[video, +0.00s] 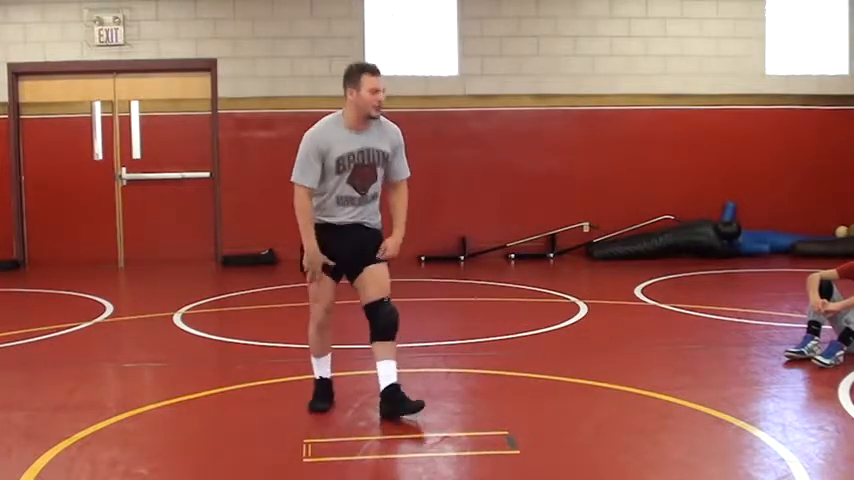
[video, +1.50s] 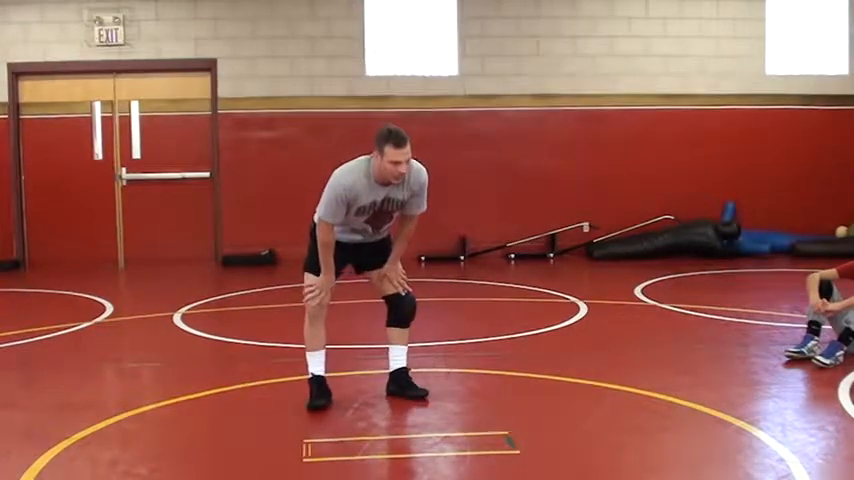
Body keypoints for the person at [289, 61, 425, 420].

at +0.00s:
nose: (381, 98)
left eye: (382, 92)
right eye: (374, 92)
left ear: (379, 95)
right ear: (351, 93)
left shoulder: (390, 135)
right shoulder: (318, 137)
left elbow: (398, 185)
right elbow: (302, 193)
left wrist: (397, 233)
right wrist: (310, 248)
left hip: (367, 230)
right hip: (324, 230)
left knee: (383, 313)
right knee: (321, 313)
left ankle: (390, 393)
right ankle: (322, 384)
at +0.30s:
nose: (379, 104)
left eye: (380, 98)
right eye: (372, 98)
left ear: (378, 99)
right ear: (350, 99)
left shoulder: (388, 134)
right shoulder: (319, 140)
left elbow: (390, 187)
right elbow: (310, 199)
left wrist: (391, 240)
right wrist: (322, 251)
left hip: (363, 225)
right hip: (323, 227)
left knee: (393, 302)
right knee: (321, 308)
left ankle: (394, 374)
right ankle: (321, 382)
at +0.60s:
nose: (405, 142)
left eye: (407, 134)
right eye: (397, 135)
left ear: (410, 133)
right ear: (376, 134)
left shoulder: (413, 161)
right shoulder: (343, 163)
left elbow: (407, 210)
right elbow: (327, 218)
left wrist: (393, 255)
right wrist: (332, 268)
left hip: (372, 231)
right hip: (331, 231)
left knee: (398, 304)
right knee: (324, 306)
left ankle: (397, 377)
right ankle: (322, 383)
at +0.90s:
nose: (408, 162)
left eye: (411, 155)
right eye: (401, 155)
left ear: (415, 151)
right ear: (381, 151)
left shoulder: (418, 173)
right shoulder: (347, 175)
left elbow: (409, 218)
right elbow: (327, 224)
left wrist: (391, 259)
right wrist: (329, 271)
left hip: (373, 237)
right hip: (332, 236)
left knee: (398, 303)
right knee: (321, 305)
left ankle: (397, 377)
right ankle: (320, 382)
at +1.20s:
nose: (402, 170)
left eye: (406, 162)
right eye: (395, 163)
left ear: (411, 158)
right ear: (376, 158)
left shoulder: (416, 178)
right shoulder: (344, 181)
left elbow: (409, 220)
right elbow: (323, 225)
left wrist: (391, 260)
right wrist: (325, 273)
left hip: (373, 241)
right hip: (332, 240)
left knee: (401, 302)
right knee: (316, 304)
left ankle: (398, 376)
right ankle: (318, 382)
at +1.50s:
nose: (402, 170)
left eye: (406, 162)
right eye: (395, 163)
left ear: (411, 157)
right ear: (376, 157)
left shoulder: (417, 176)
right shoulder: (345, 180)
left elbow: (409, 220)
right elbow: (325, 227)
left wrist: (393, 260)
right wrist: (327, 276)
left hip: (374, 240)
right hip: (333, 239)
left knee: (402, 303)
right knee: (315, 304)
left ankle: (398, 377)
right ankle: (317, 382)